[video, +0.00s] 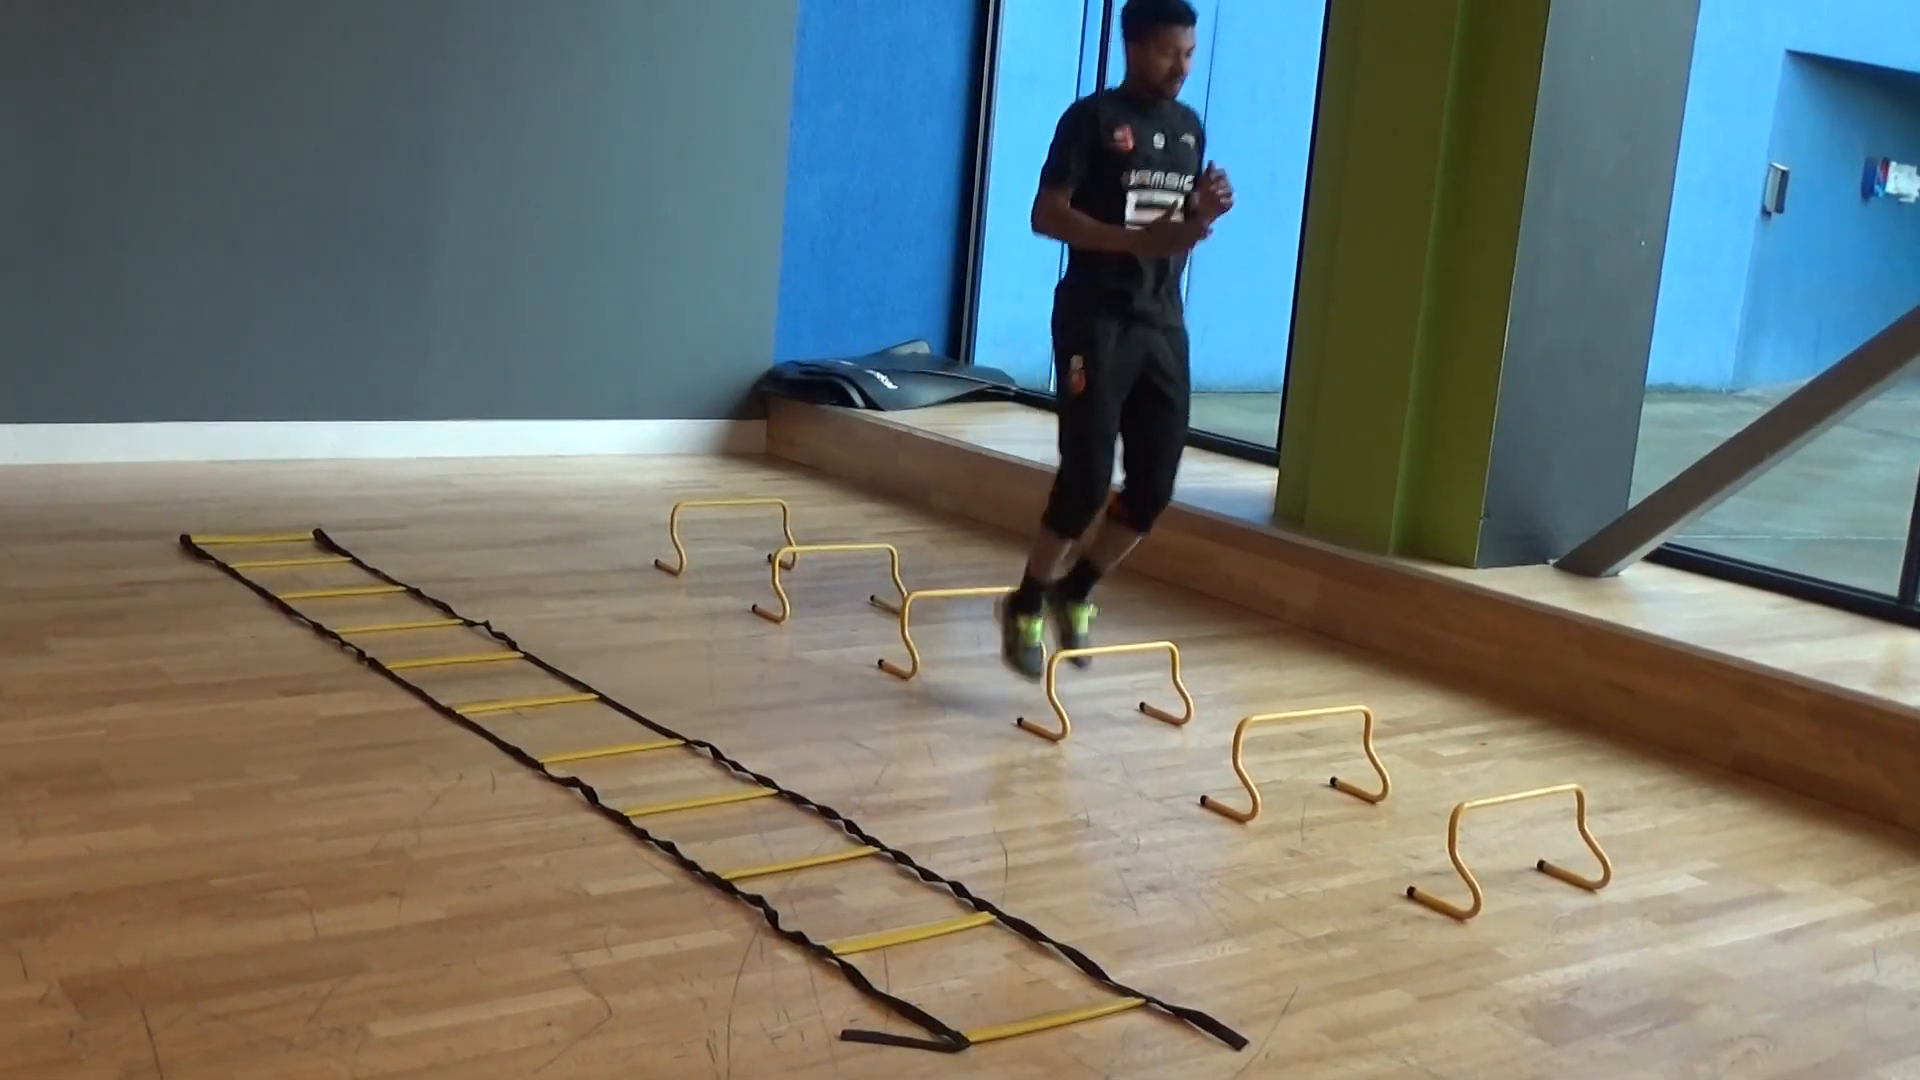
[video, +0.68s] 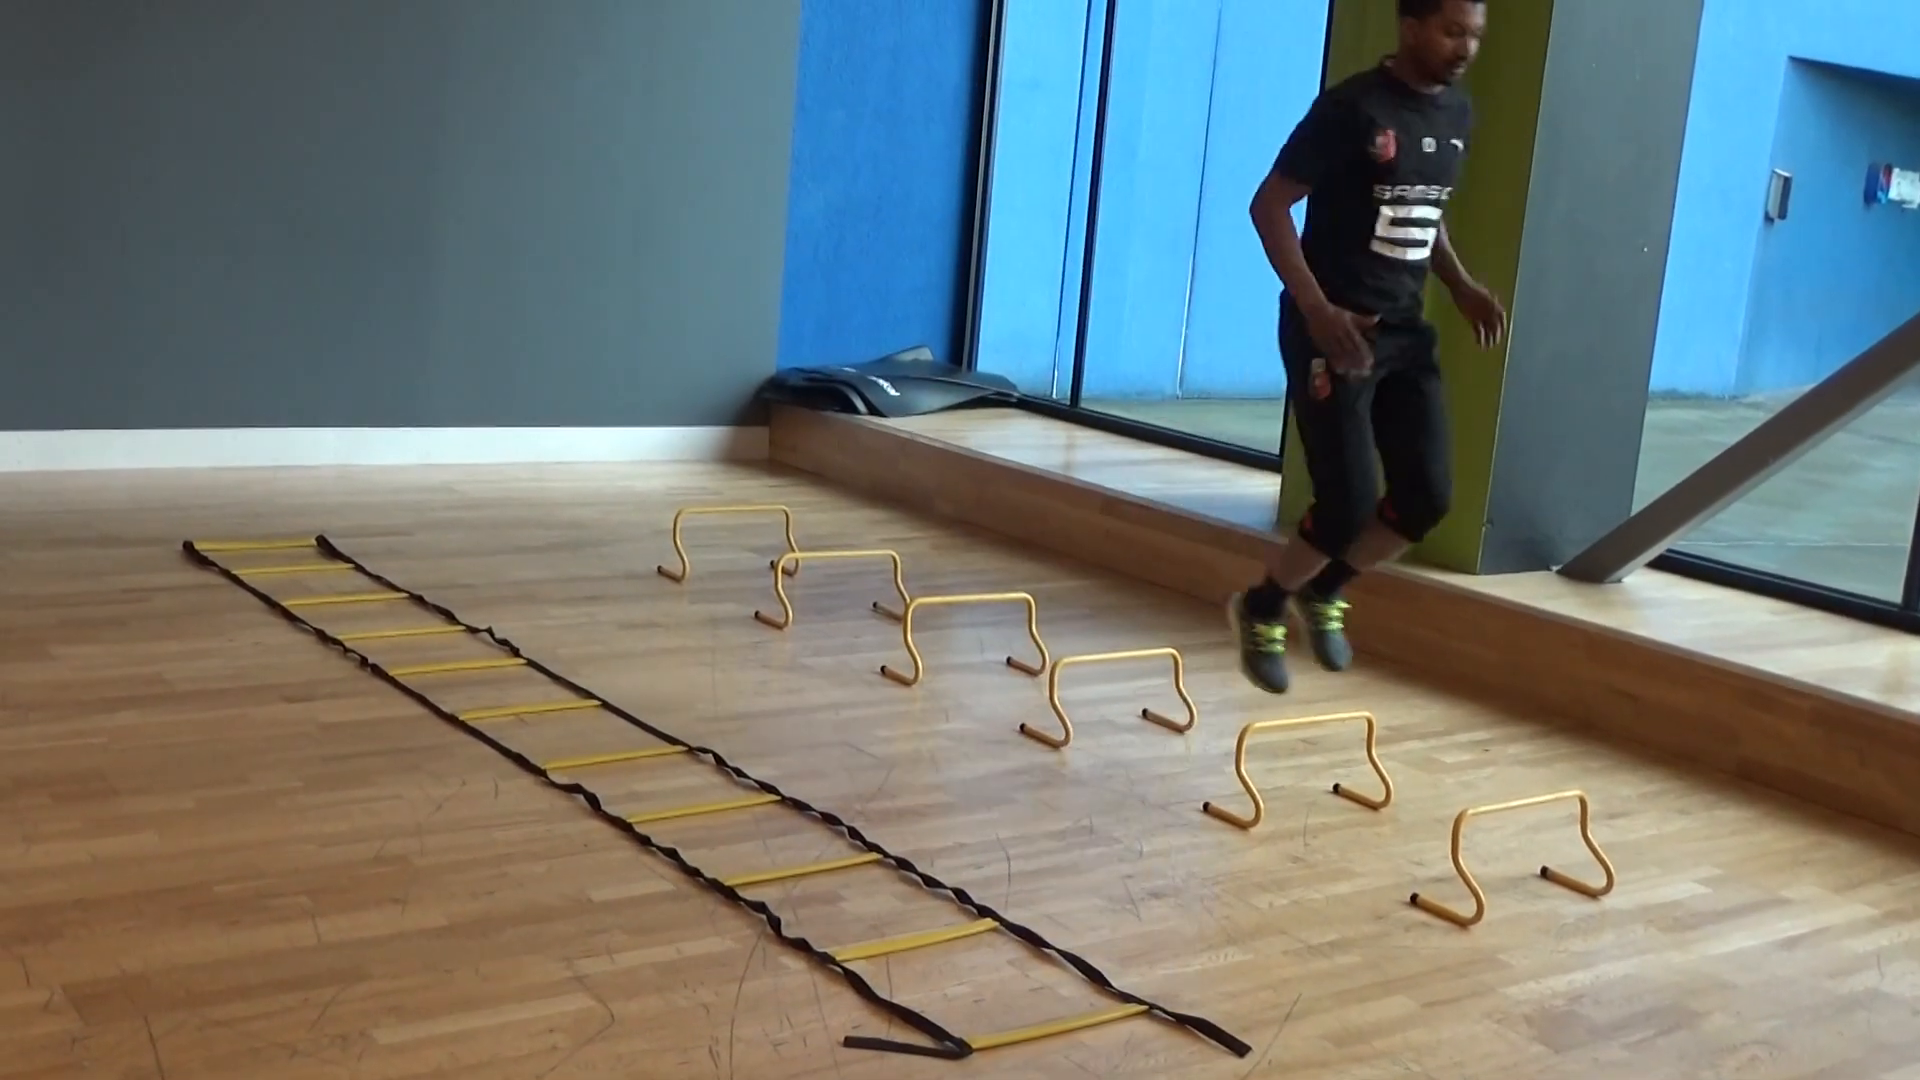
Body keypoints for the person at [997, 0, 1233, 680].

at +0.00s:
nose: (1180, 66)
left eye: (1187, 54)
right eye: (1169, 53)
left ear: (1191, 54)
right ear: (1133, 48)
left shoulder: (1189, 127)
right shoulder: (1090, 118)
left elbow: (1173, 237)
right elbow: (1047, 214)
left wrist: (1202, 211)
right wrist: (1140, 238)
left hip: (1163, 325)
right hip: (1095, 321)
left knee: (1150, 490)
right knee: (1087, 483)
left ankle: (1074, 593)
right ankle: (1025, 602)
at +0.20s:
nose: (1282, 60)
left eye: (1291, 47)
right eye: (1273, 43)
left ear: (1293, 44)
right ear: (1234, 29)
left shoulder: (1274, 107)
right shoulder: (1168, 93)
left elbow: (1223, 185)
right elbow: (1072, 134)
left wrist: (1222, 266)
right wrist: (1072, 243)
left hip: (1218, 297)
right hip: (1145, 293)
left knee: (1244, 453)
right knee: (1170, 455)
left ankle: (1173, 586)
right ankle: (1131, 593)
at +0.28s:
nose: (1305, 84)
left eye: (1314, 71)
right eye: (1296, 68)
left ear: (1318, 69)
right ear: (1258, 53)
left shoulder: (1298, 130)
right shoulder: (1194, 116)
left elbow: (1249, 204)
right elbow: (1094, 137)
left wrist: (1246, 293)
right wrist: (1093, 247)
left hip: (1246, 334)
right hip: (1174, 330)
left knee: (1243, 506)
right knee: (1183, 503)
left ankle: (1210, 665)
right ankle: (1164, 668)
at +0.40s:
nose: (1327, 153)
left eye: (1334, 139)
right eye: (1313, 138)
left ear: (1337, 142)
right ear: (1273, 135)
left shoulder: (1321, 221)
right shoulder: (1220, 214)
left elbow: (1278, 321)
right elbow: (1138, 298)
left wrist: (1305, 388)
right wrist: (1163, 400)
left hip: (1282, 428)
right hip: (1214, 421)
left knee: (1274, 598)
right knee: (1226, 589)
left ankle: (1203, 715)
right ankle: (1162, 722)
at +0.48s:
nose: (1342, 148)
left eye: (1349, 135)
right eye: (1328, 134)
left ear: (1354, 137)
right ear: (1286, 134)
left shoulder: (1348, 222)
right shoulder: (1244, 221)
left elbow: (1329, 316)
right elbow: (1206, 326)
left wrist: (1370, 359)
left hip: (1310, 436)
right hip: (1241, 434)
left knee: (1282, 605)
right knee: (1237, 601)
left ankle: (1204, 715)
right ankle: (1165, 722)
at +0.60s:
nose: (1408, 68)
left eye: (1416, 54)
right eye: (1395, 52)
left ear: (1420, 57)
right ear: (1354, 48)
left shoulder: (1408, 136)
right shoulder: (1304, 131)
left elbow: (1385, 226)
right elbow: (1249, 236)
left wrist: (1419, 241)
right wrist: (1351, 287)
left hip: (1371, 348)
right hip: (1299, 344)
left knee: (1360, 539)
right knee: (1292, 531)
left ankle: (1260, 631)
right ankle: (1209, 637)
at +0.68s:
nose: (1467, 49)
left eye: (1476, 35)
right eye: (1454, 32)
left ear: (1481, 35)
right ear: (1407, 25)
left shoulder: (1457, 111)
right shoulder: (1350, 105)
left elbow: (1422, 210)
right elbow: (1269, 205)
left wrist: (1463, 285)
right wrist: (1316, 310)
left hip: (1403, 333)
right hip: (1331, 330)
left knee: (1425, 496)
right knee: (1347, 506)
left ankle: (1322, 593)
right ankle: (1262, 605)